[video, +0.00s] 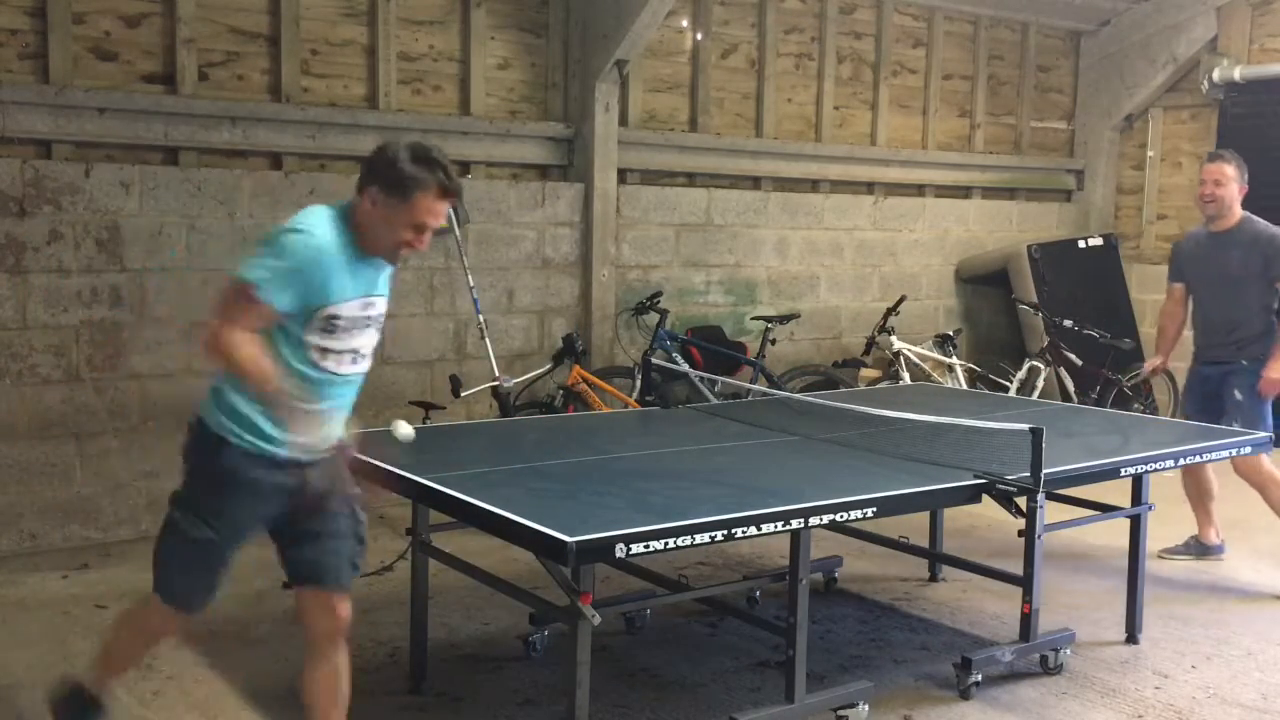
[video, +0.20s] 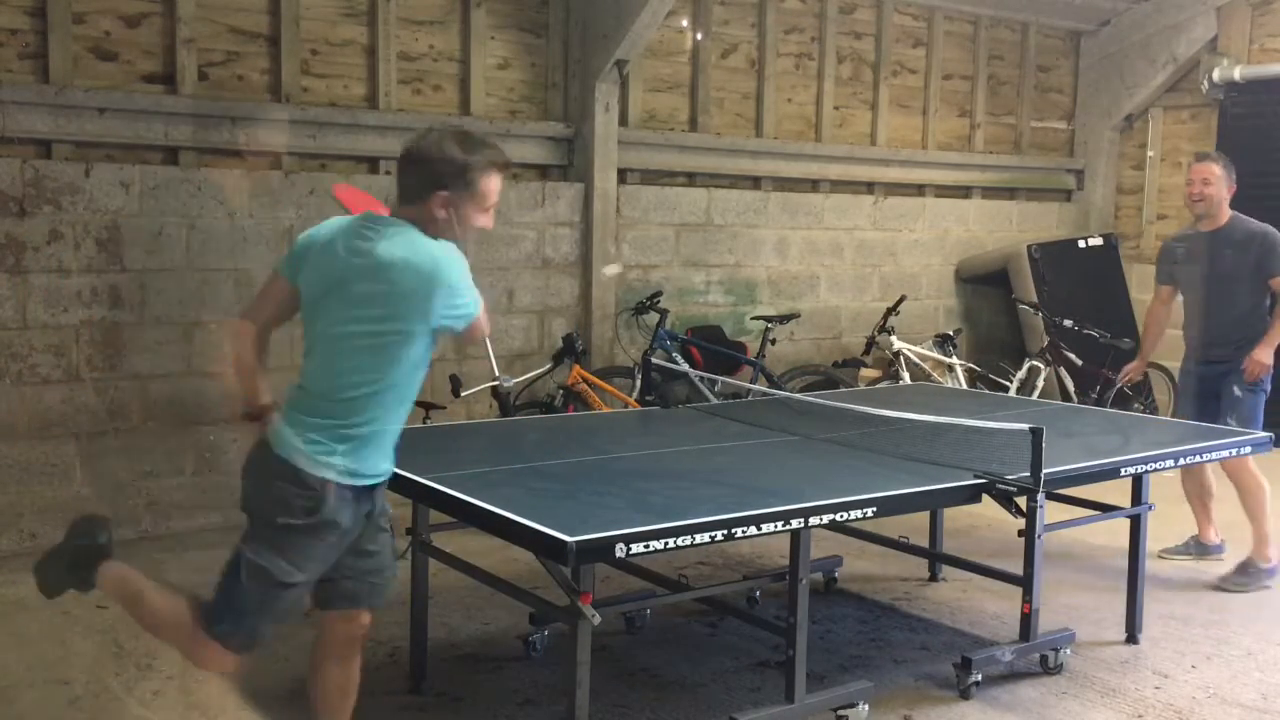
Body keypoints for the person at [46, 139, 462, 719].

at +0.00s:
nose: (422, 245)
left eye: (432, 233)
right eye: (415, 229)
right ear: (370, 203)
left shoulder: (379, 258)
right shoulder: (308, 244)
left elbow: (323, 348)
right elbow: (228, 330)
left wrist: (334, 430)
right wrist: (291, 403)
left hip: (318, 461)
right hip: (240, 453)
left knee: (332, 618)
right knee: (175, 604)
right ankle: (86, 694)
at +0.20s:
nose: (489, 225)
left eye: (492, 211)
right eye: (484, 210)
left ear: (427, 202)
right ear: (441, 205)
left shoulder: (328, 237)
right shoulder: (441, 266)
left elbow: (251, 324)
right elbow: (476, 329)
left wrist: (254, 399)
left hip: (358, 484)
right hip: (307, 482)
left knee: (348, 631)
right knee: (220, 647)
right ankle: (96, 566)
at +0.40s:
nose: (265, 165)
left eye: (267, 150)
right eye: (260, 150)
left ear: (208, 145)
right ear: (222, 145)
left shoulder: (124, 213)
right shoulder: (196, 224)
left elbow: (103, 351)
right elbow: (199, 365)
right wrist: (273, 454)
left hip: (110, 445)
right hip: (167, 451)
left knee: (121, 618)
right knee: (215, 636)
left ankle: (98, 709)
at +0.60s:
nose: (255, 163)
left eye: (255, 150)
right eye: (248, 150)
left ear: (199, 149)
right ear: (209, 148)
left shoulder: (134, 210)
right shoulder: (178, 220)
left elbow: (99, 349)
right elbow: (168, 356)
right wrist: (234, 446)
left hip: (107, 441)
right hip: (148, 448)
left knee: (130, 615)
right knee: (217, 630)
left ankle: (97, 711)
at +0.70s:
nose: (253, 160)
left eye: (253, 147)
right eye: (246, 146)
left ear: (197, 147)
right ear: (207, 146)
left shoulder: (134, 210)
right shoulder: (176, 219)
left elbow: (98, 350)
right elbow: (162, 354)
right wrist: (232, 442)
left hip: (114, 445)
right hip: (153, 452)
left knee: (134, 614)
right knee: (233, 626)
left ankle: (98, 711)